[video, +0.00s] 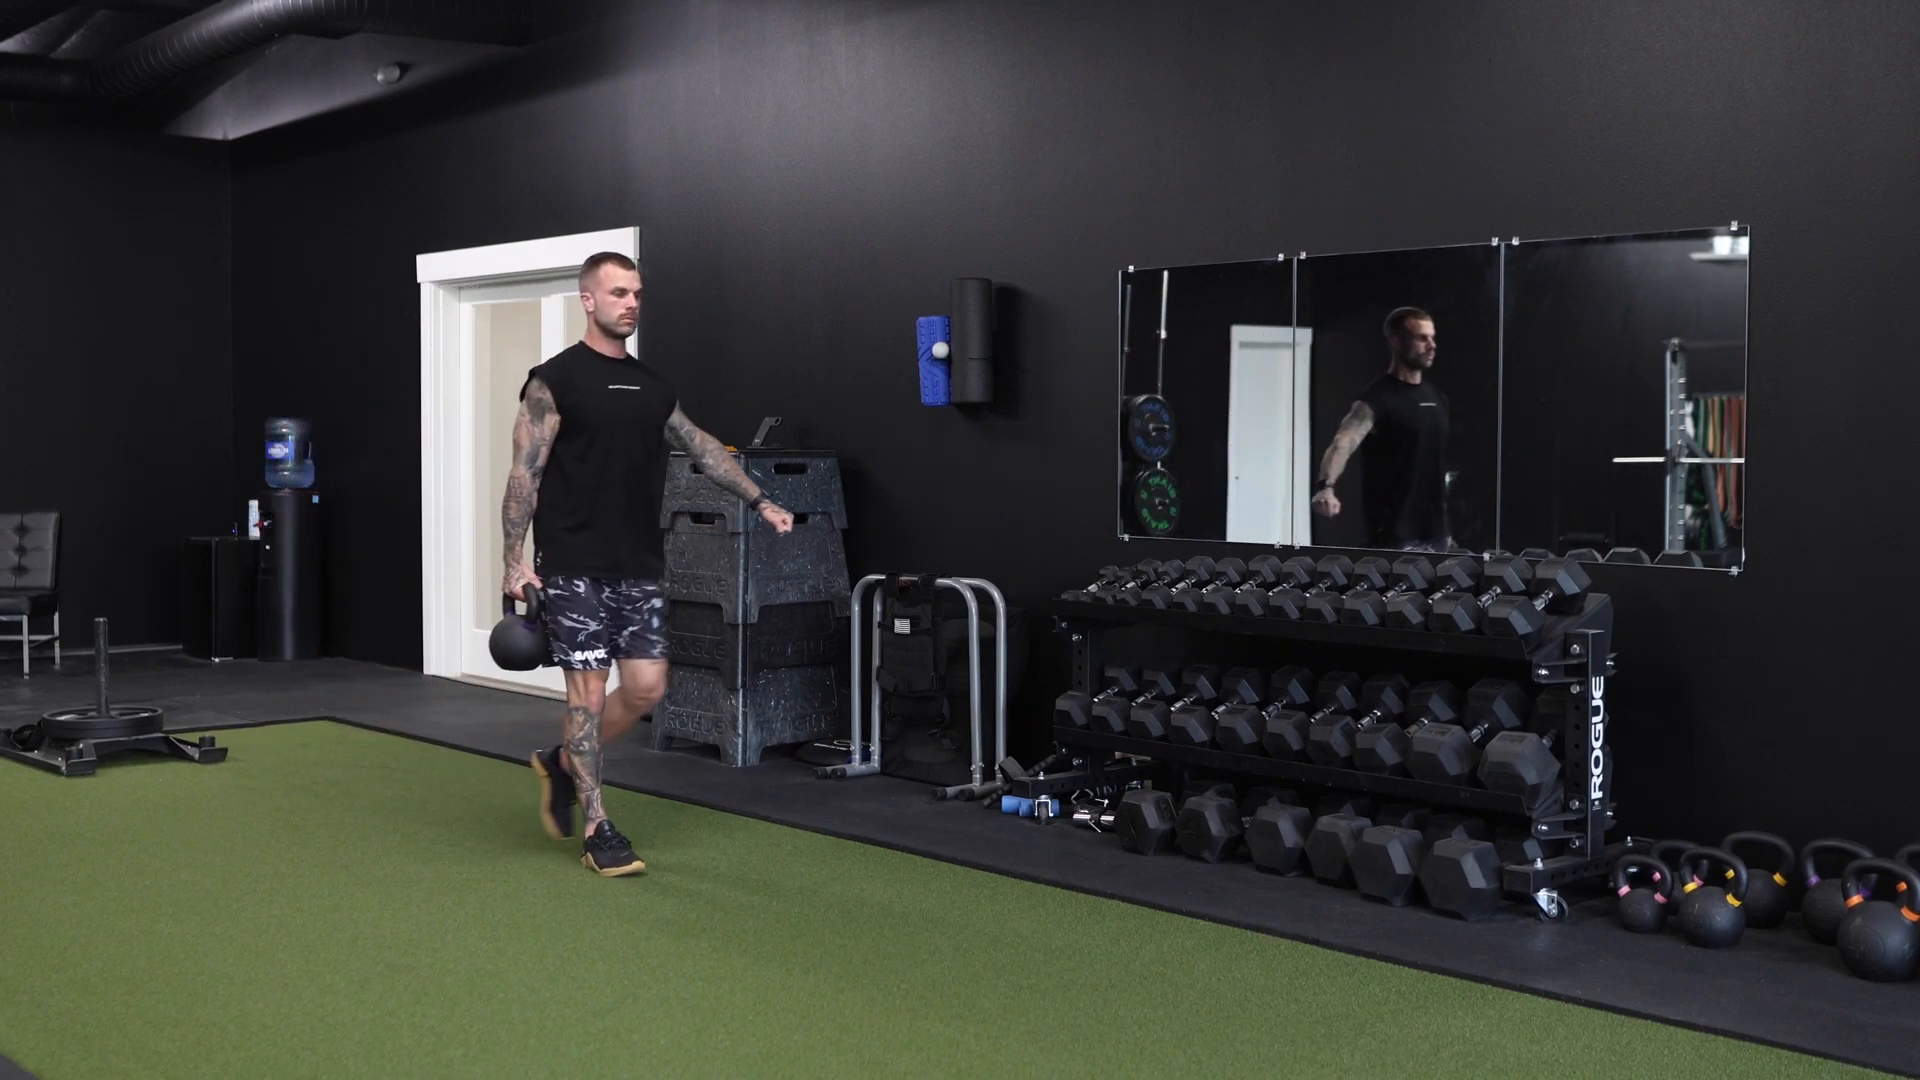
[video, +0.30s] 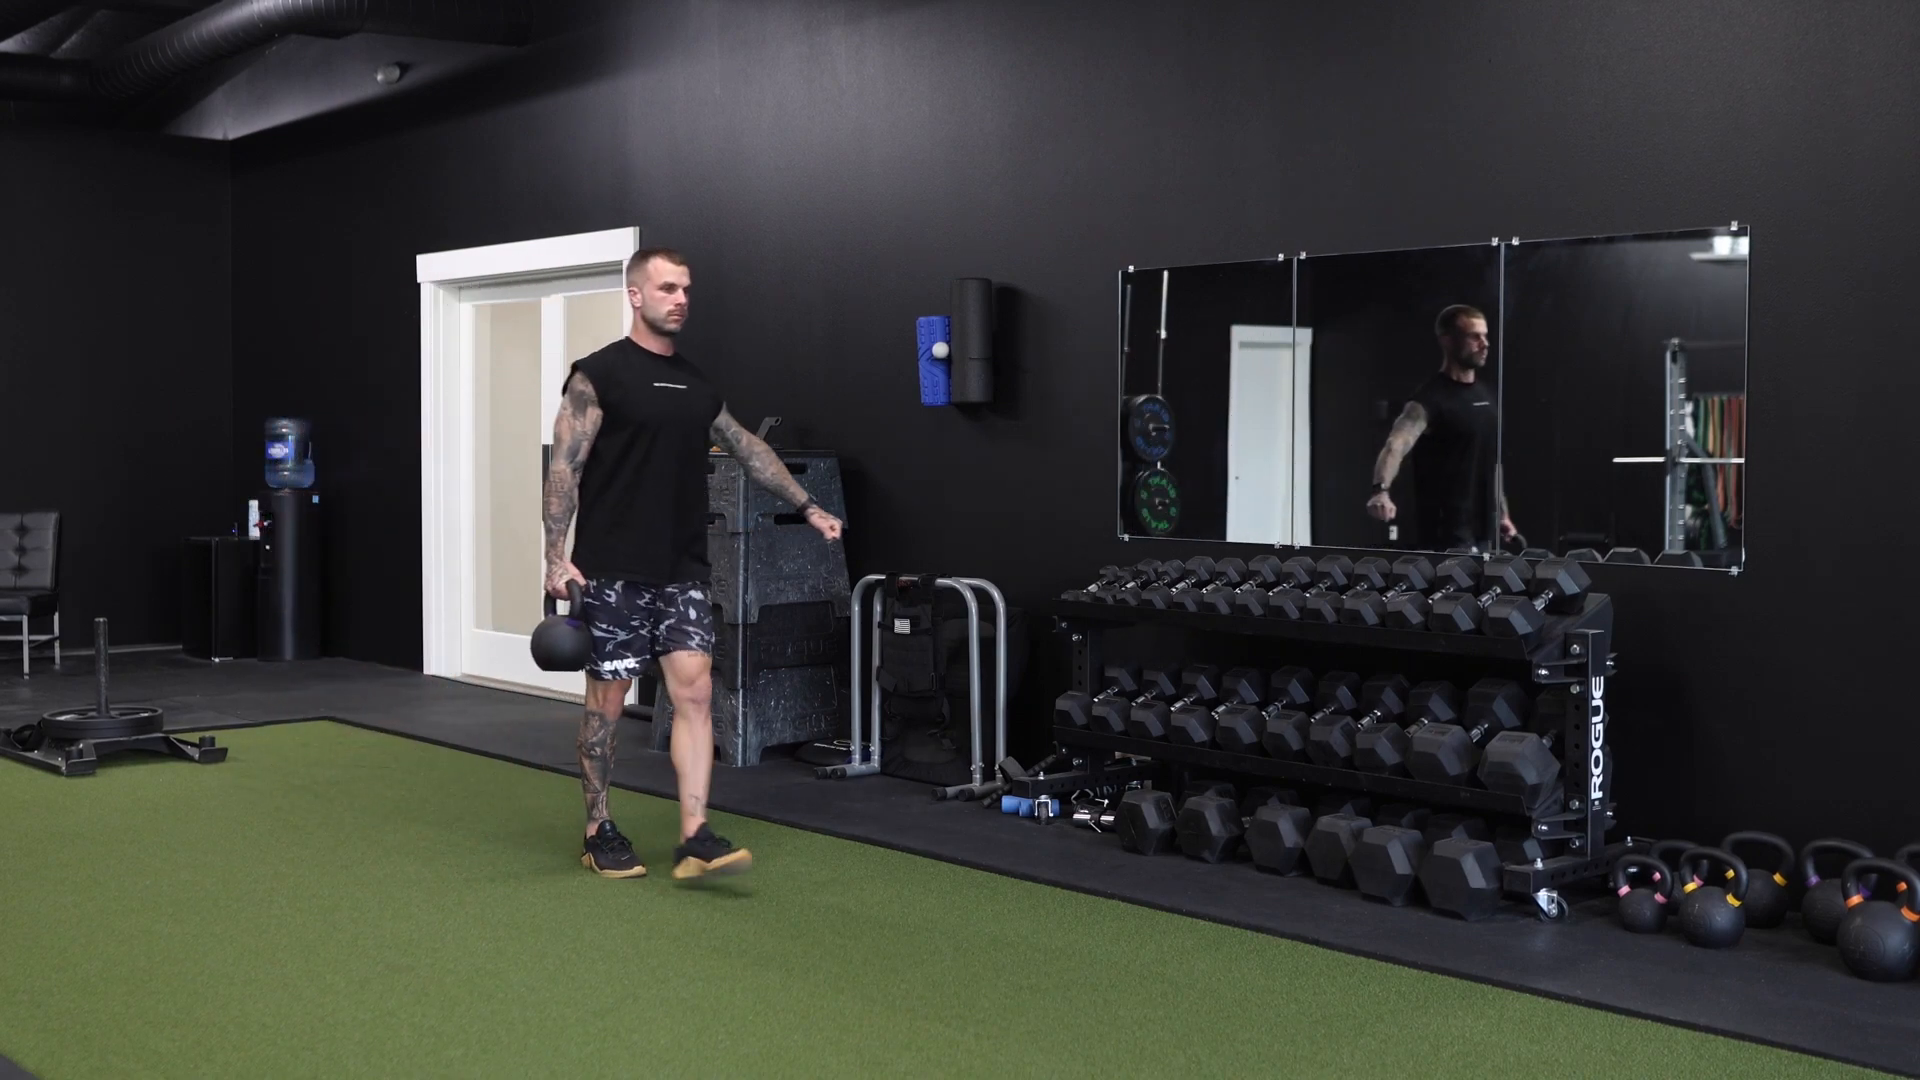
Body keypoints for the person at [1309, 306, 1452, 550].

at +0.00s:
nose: (1431, 345)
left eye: (1433, 338)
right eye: (1421, 338)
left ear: (1435, 340)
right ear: (1395, 342)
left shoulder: (1436, 399)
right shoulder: (1376, 399)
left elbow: (1432, 465)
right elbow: (1343, 444)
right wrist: (1325, 486)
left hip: (1435, 532)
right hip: (1393, 533)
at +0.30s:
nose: (1484, 344)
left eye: (1485, 336)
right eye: (1474, 337)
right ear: (1446, 340)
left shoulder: (1483, 395)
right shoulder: (1430, 398)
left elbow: (1491, 463)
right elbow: (1396, 445)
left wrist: (1502, 514)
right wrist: (1380, 489)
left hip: (1482, 529)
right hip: (1441, 530)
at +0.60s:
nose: (1547, 345)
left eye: (1548, 338)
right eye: (1537, 338)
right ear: (1509, 343)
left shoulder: (1547, 397)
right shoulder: (1493, 400)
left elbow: (1542, 472)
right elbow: (1459, 454)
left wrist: (1558, 524)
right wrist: (1447, 502)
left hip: (1549, 539)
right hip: (1507, 540)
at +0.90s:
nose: (1611, 342)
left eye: (1612, 334)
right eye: (1601, 334)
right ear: (1571, 338)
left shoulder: (1603, 393)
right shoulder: (1553, 397)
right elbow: (1522, 451)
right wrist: (1515, 497)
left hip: (1608, 532)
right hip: (1565, 536)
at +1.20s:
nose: (1689, 339)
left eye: (1691, 332)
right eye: (1679, 331)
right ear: (1648, 335)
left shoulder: (1684, 399)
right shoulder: (1625, 396)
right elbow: (1586, 445)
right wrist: (1569, 490)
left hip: (1677, 535)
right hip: (1630, 535)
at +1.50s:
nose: (1748, 336)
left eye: (1749, 327)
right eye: (1741, 326)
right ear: (1710, 332)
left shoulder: (1747, 390)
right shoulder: (1688, 393)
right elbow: (1651, 439)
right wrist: (1633, 486)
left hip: (1745, 530)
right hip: (1700, 533)